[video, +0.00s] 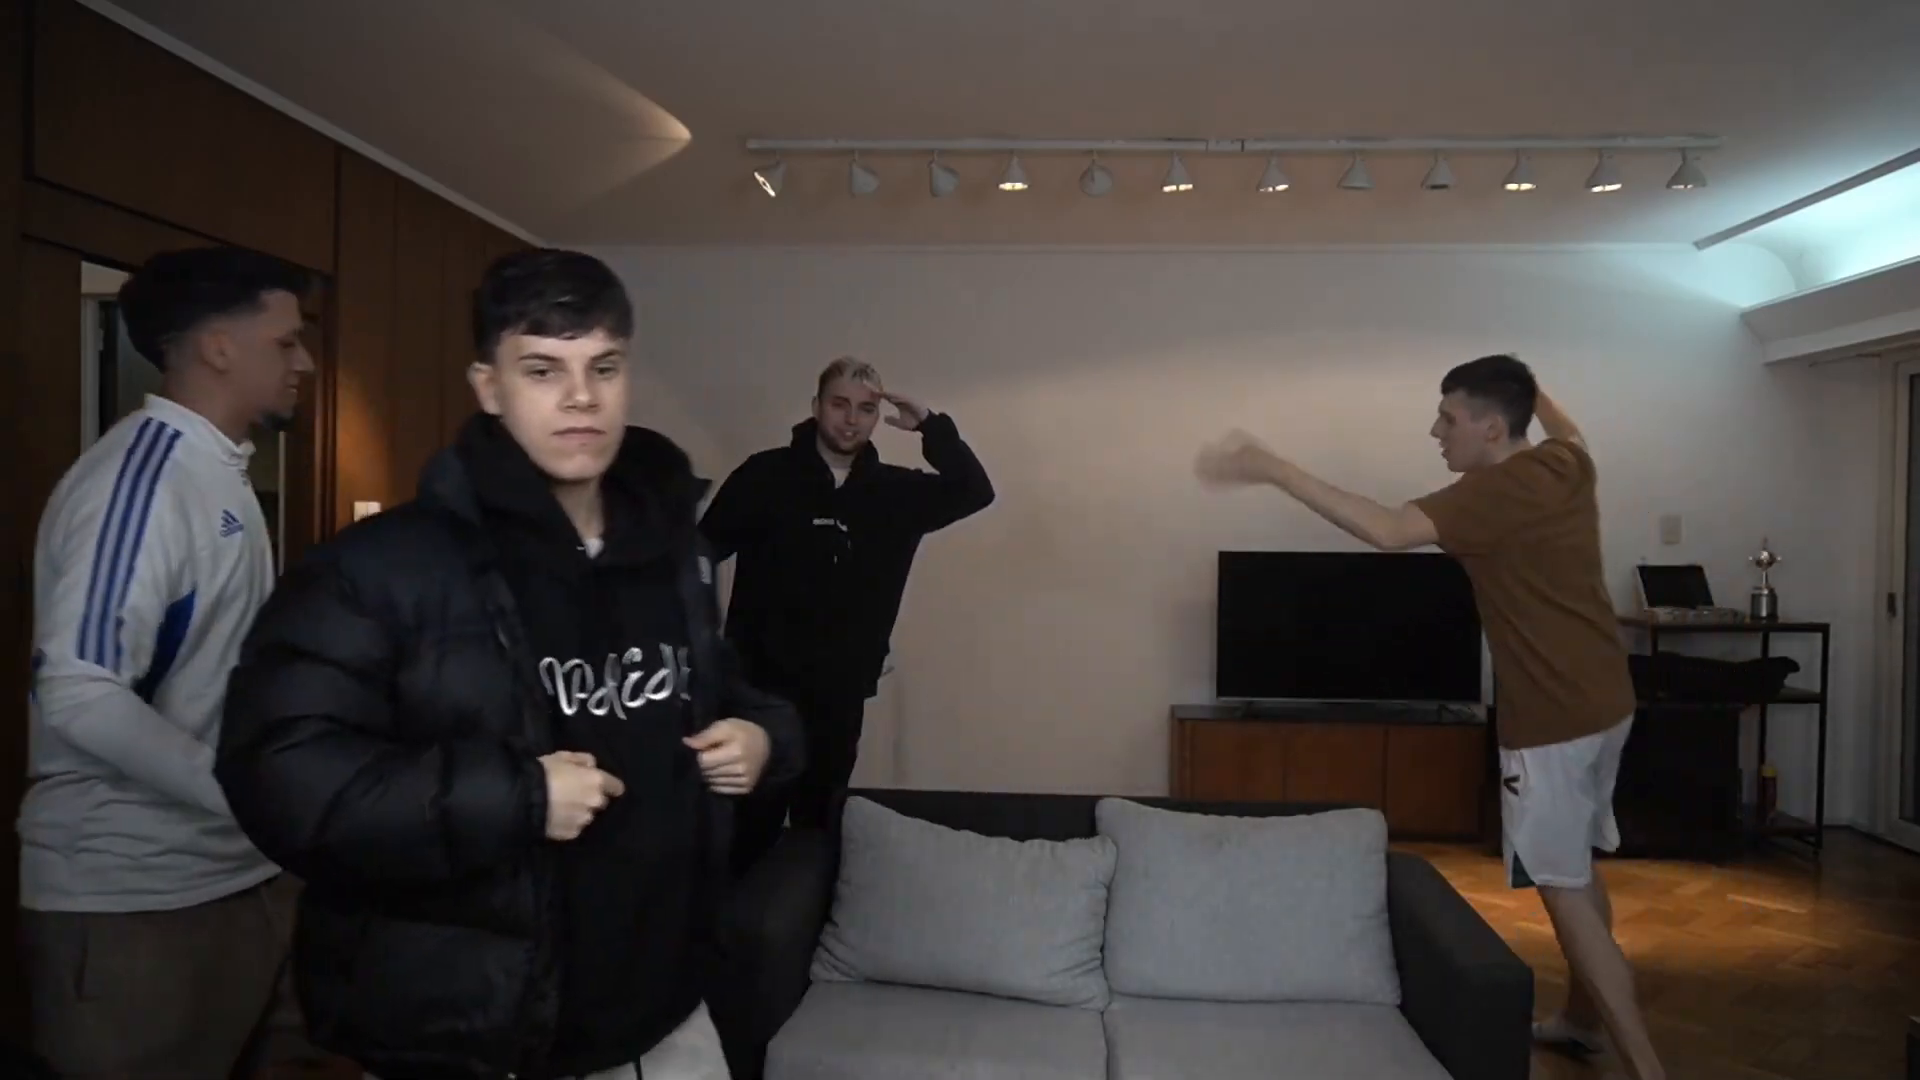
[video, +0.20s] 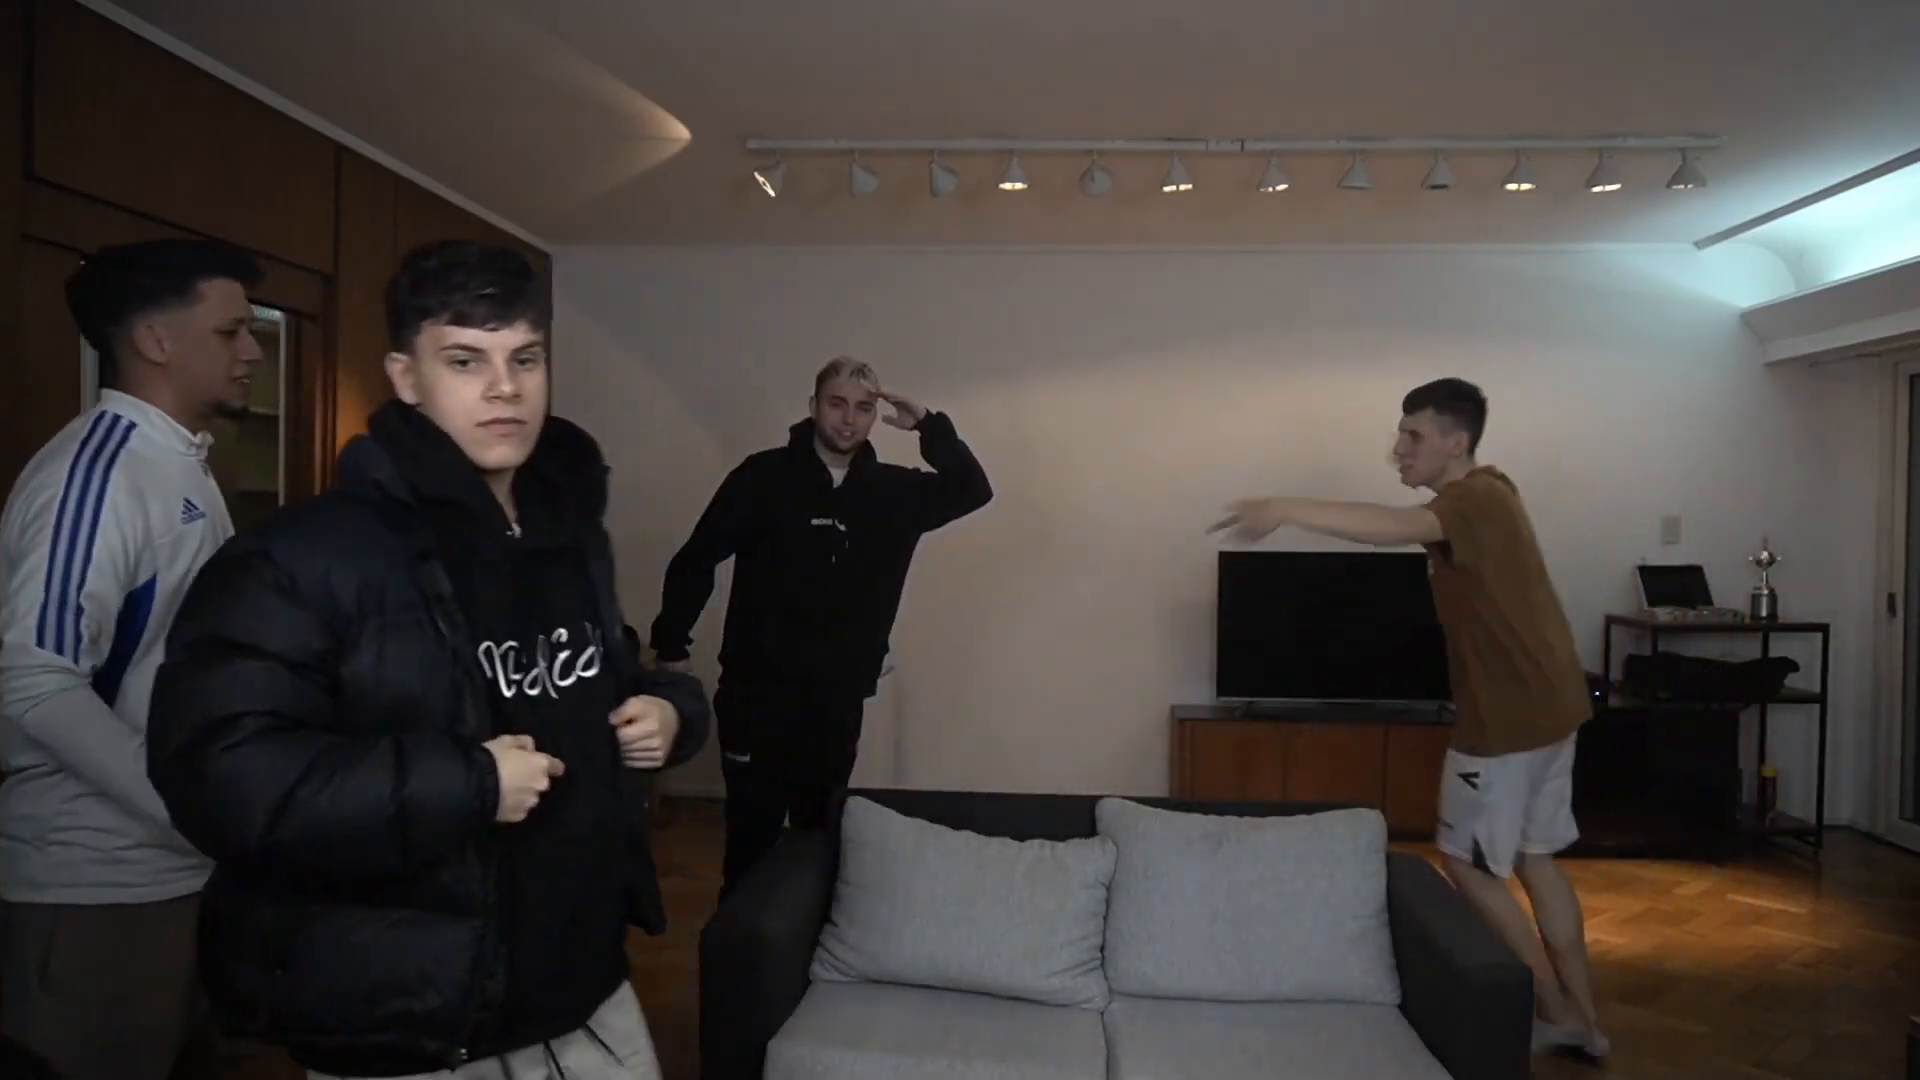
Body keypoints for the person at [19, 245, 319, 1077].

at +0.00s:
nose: (305, 366)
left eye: (301, 344)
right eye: (286, 343)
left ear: (219, 350)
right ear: (217, 348)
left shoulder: (214, 470)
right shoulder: (142, 473)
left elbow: (209, 679)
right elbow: (79, 693)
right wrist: (257, 796)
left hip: (221, 889)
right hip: (135, 908)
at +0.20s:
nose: (253, 354)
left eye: (251, 332)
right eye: (230, 332)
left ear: (162, 344)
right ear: (153, 340)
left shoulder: (180, 463)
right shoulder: (101, 464)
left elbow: (172, 658)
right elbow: (33, 679)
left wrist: (241, 777)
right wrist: (194, 806)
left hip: (158, 884)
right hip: (91, 897)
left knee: (161, 1062)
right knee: (90, 1066)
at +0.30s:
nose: (238, 355)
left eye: (237, 334)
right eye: (215, 334)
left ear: (152, 347)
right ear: (141, 344)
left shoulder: (181, 472)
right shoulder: (87, 472)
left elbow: (182, 669)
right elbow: (54, 690)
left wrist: (204, 839)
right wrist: (142, 873)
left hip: (149, 873)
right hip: (72, 892)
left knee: (163, 1060)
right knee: (88, 1065)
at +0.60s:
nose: (240, 371)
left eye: (236, 353)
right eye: (222, 353)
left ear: (157, 370)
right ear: (157, 368)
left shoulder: (150, 471)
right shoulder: (116, 482)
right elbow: (76, 680)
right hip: (77, 856)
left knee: (99, 1051)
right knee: (84, 1054)